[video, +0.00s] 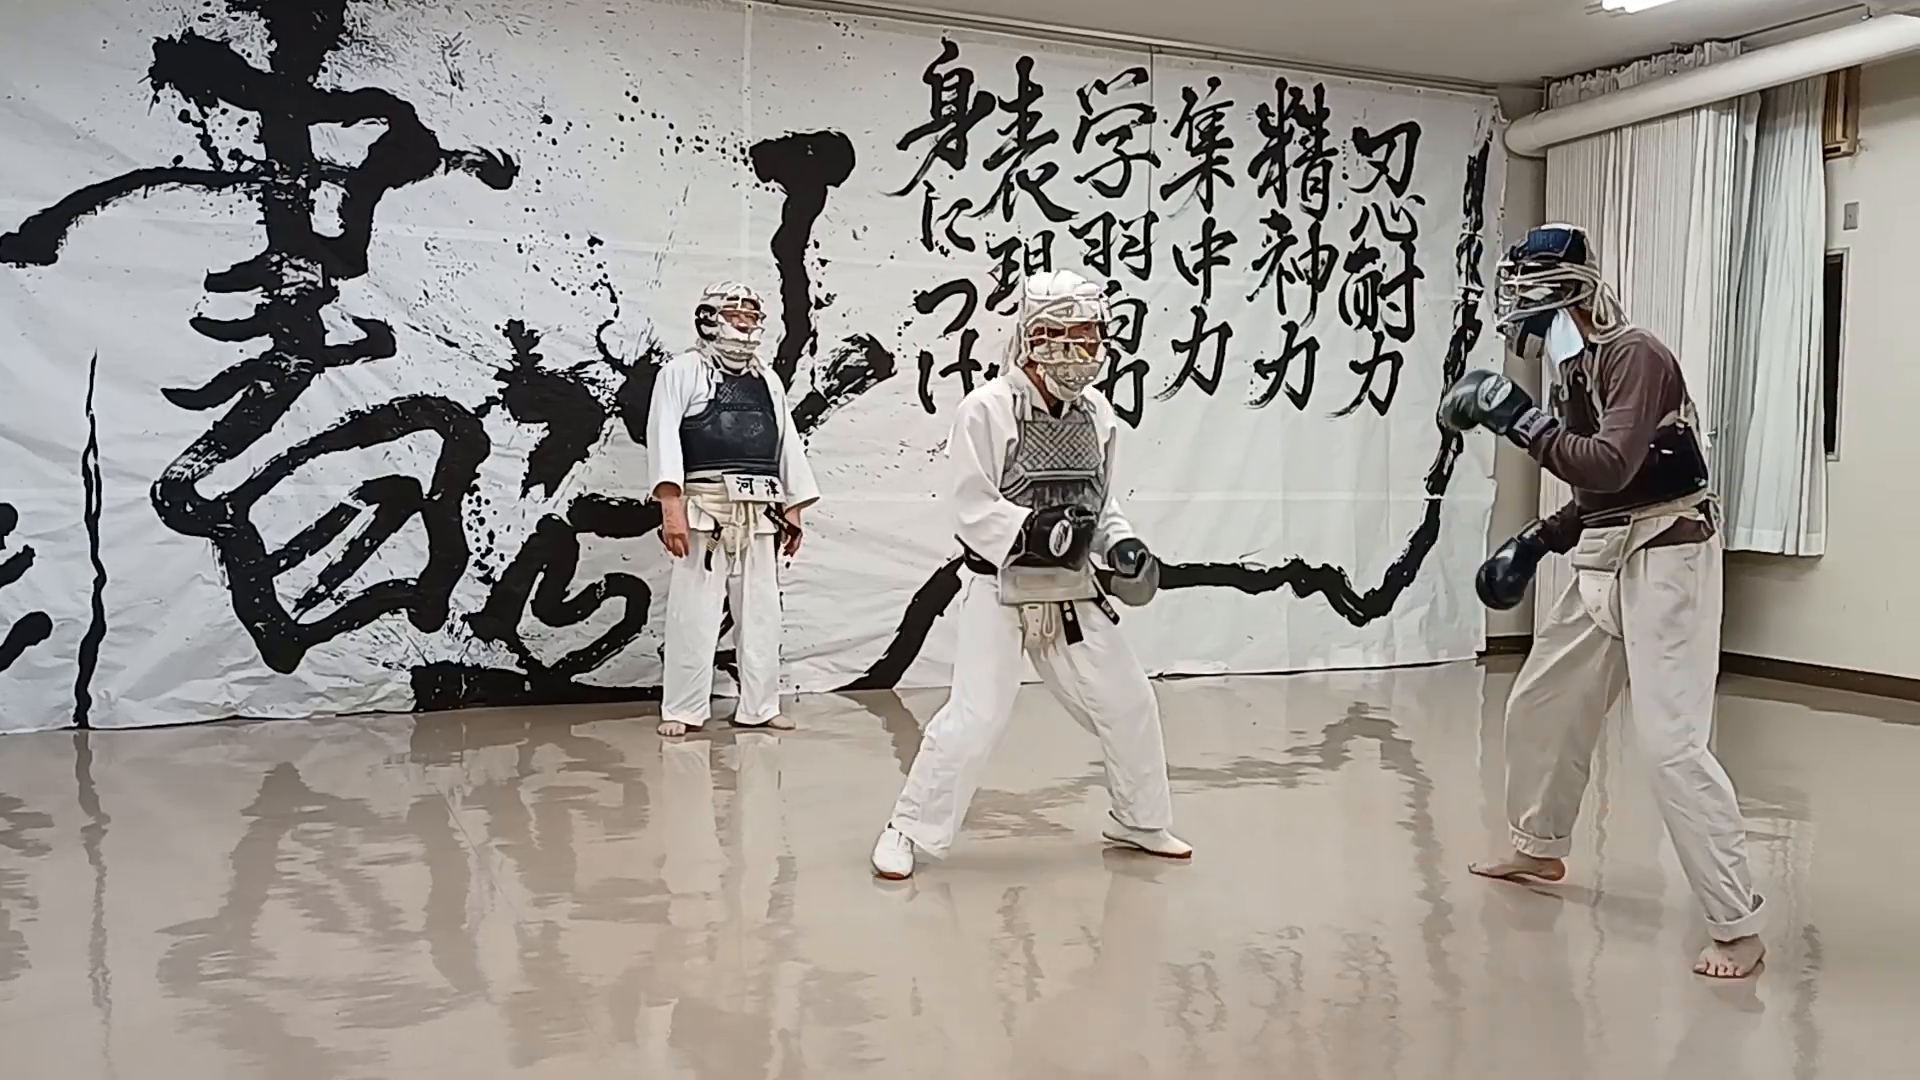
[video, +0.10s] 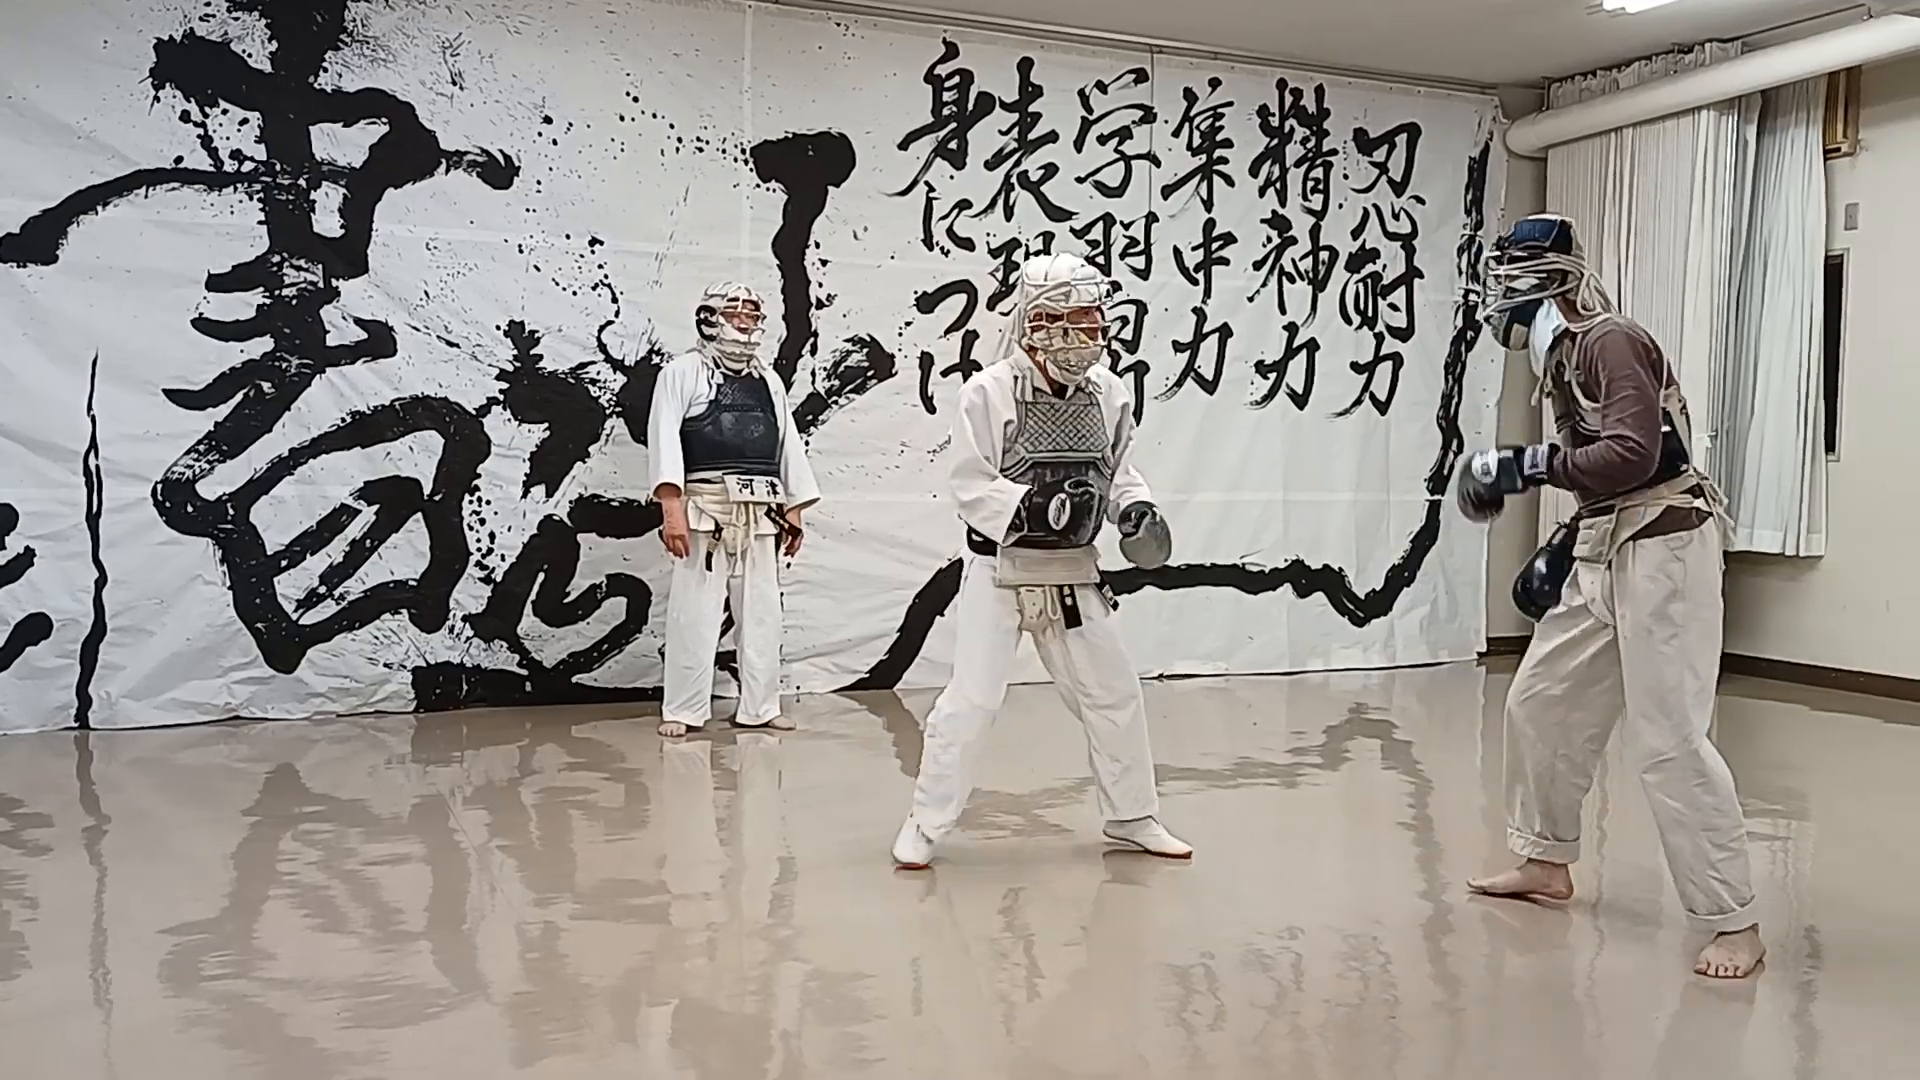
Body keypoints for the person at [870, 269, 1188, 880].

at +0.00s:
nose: (1072, 350)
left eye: (1084, 337)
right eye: (1056, 337)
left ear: (1098, 344)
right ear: (1029, 342)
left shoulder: (1098, 414)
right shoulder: (989, 408)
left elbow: (1102, 507)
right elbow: (970, 507)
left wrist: (1120, 548)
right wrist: (1036, 535)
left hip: (1073, 589)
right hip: (998, 592)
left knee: (1131, 705)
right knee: (974, 719)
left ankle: (1140, 823)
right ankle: (905, 833)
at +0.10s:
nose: (1080, 335)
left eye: (1089, 321)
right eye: (1064, 321)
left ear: (1100, 326)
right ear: (1032, 326)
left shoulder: (1108, 394)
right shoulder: (988, 392)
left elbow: (1122, 473)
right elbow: (968, 487)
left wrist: (1137, 514)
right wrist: (1034, 510)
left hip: (1072, 569)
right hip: (996, 571)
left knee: (1116, 697)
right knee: (971, 702)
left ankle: (1130, 819)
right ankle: (924, 826)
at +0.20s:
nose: (1071, 350)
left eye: (1084, 336)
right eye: (1055, 334)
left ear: (1098, 340)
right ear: (1025, 336)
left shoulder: (1105, 406)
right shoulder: (984, 400)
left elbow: (1114, 485)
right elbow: (969, 497)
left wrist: (1134, 511)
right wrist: (1040, 519)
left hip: (1070, 574)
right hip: (994, 577)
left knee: (1128, 693)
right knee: (974, 710)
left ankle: (1122, 810)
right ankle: (931, 811)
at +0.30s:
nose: (1077, 358)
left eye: (1088, 344)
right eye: (1060, 343)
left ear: (1102, 349)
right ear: (1031, 346)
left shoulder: (1104, 419)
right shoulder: (993, 415)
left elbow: (1116, 497)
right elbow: (982, 517)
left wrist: (1127, 537)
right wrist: (1058, 541)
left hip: (1080, 592)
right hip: (1002, 593)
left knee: (1157, 686)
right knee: (970, 722)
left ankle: (1141, 807)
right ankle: (930, 812)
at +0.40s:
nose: (1106, 353)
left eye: (1115, 340)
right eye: (1089, 340)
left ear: (1126, 345)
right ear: (1057, 346)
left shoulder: (1121, 417)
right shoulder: (1021, 415)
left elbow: (1125, 496)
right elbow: (1021, 512)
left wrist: (1154, 521)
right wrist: (1102, 517)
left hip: (1097, 596)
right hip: (1023, 596)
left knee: (1181, 685)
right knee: (987, 720)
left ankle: (1184, 826)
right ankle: (929, 817)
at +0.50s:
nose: (1148, 345)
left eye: (1155, 332)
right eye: (1133, 332)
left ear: (1162, 337)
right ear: (1100, 340)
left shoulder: (1157, 413)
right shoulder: (1069, 405)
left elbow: (1173, 494)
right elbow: (1081, 491)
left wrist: (1220, 486)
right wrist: (1157, 474)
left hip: (1133, 591)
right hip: (1061, 590)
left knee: (1199, 700)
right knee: (1020, 728)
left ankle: (1193, 839)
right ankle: (934, 805)